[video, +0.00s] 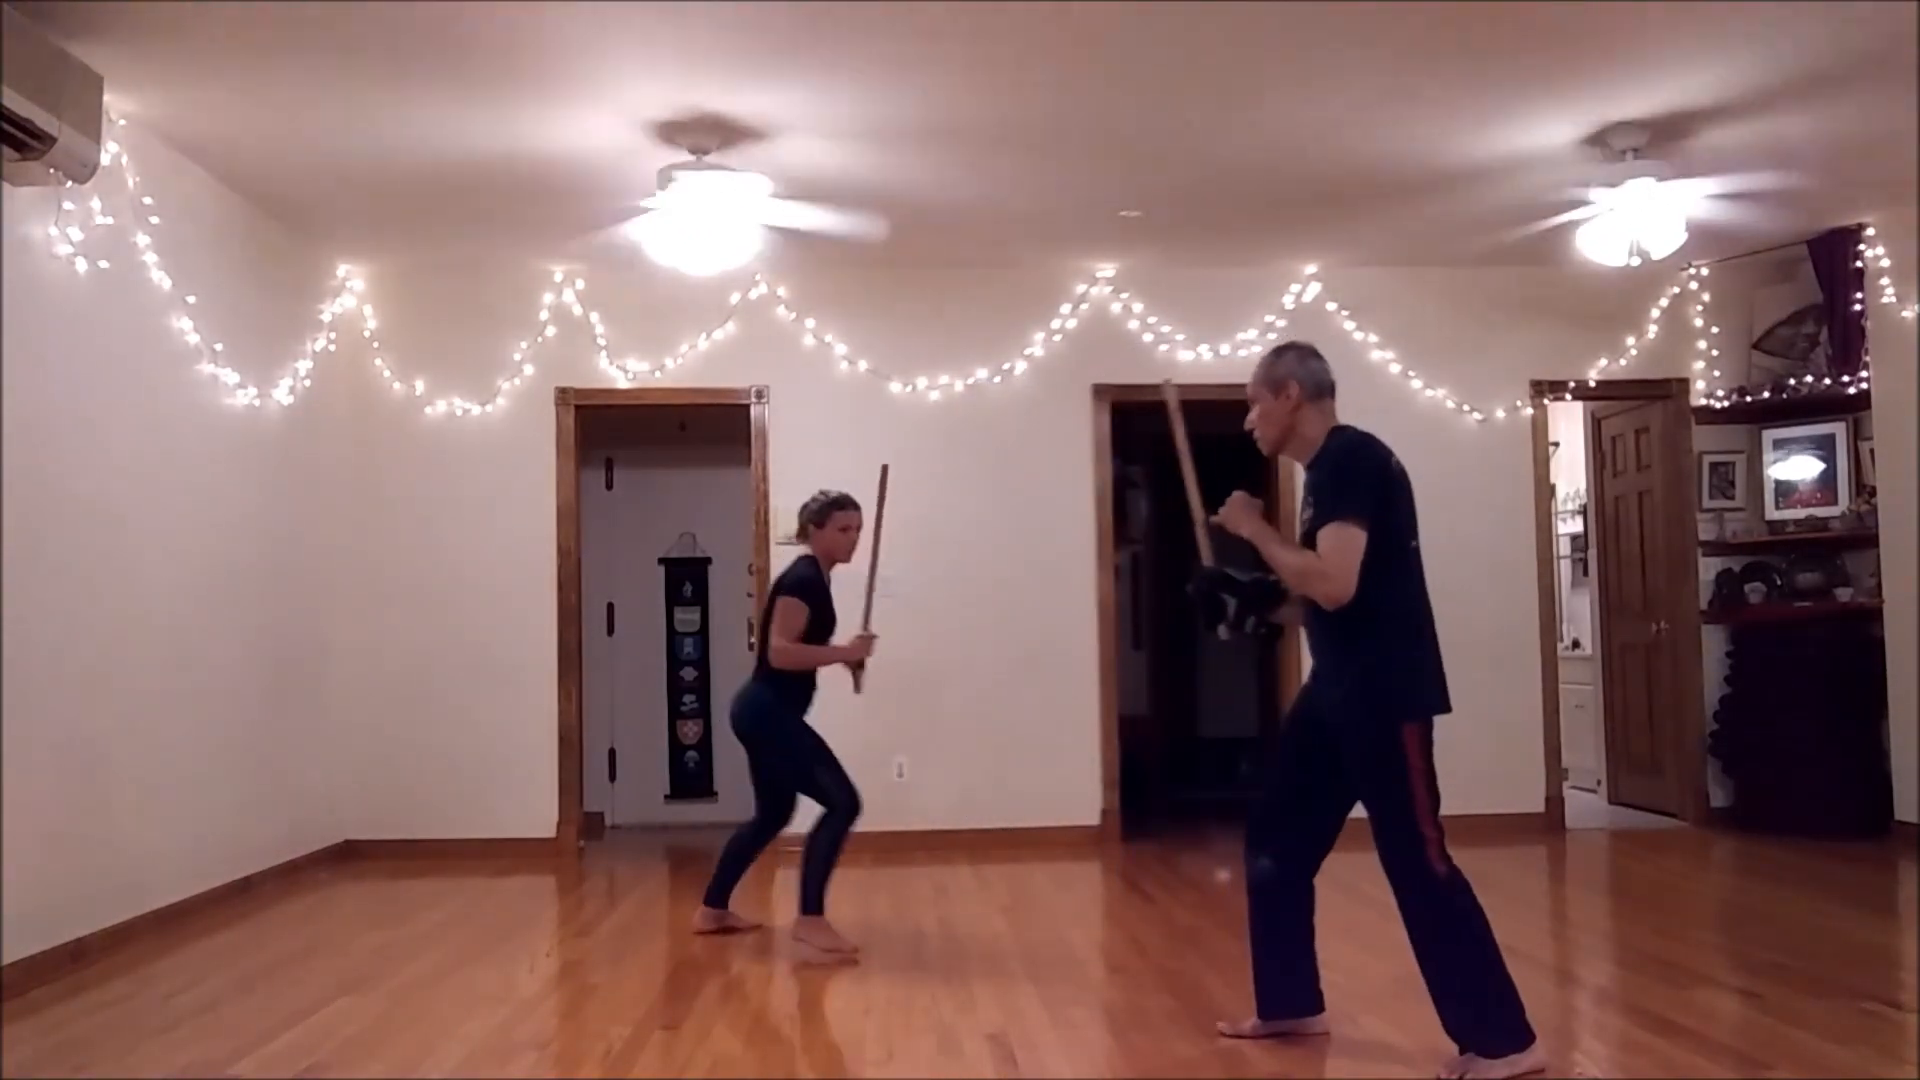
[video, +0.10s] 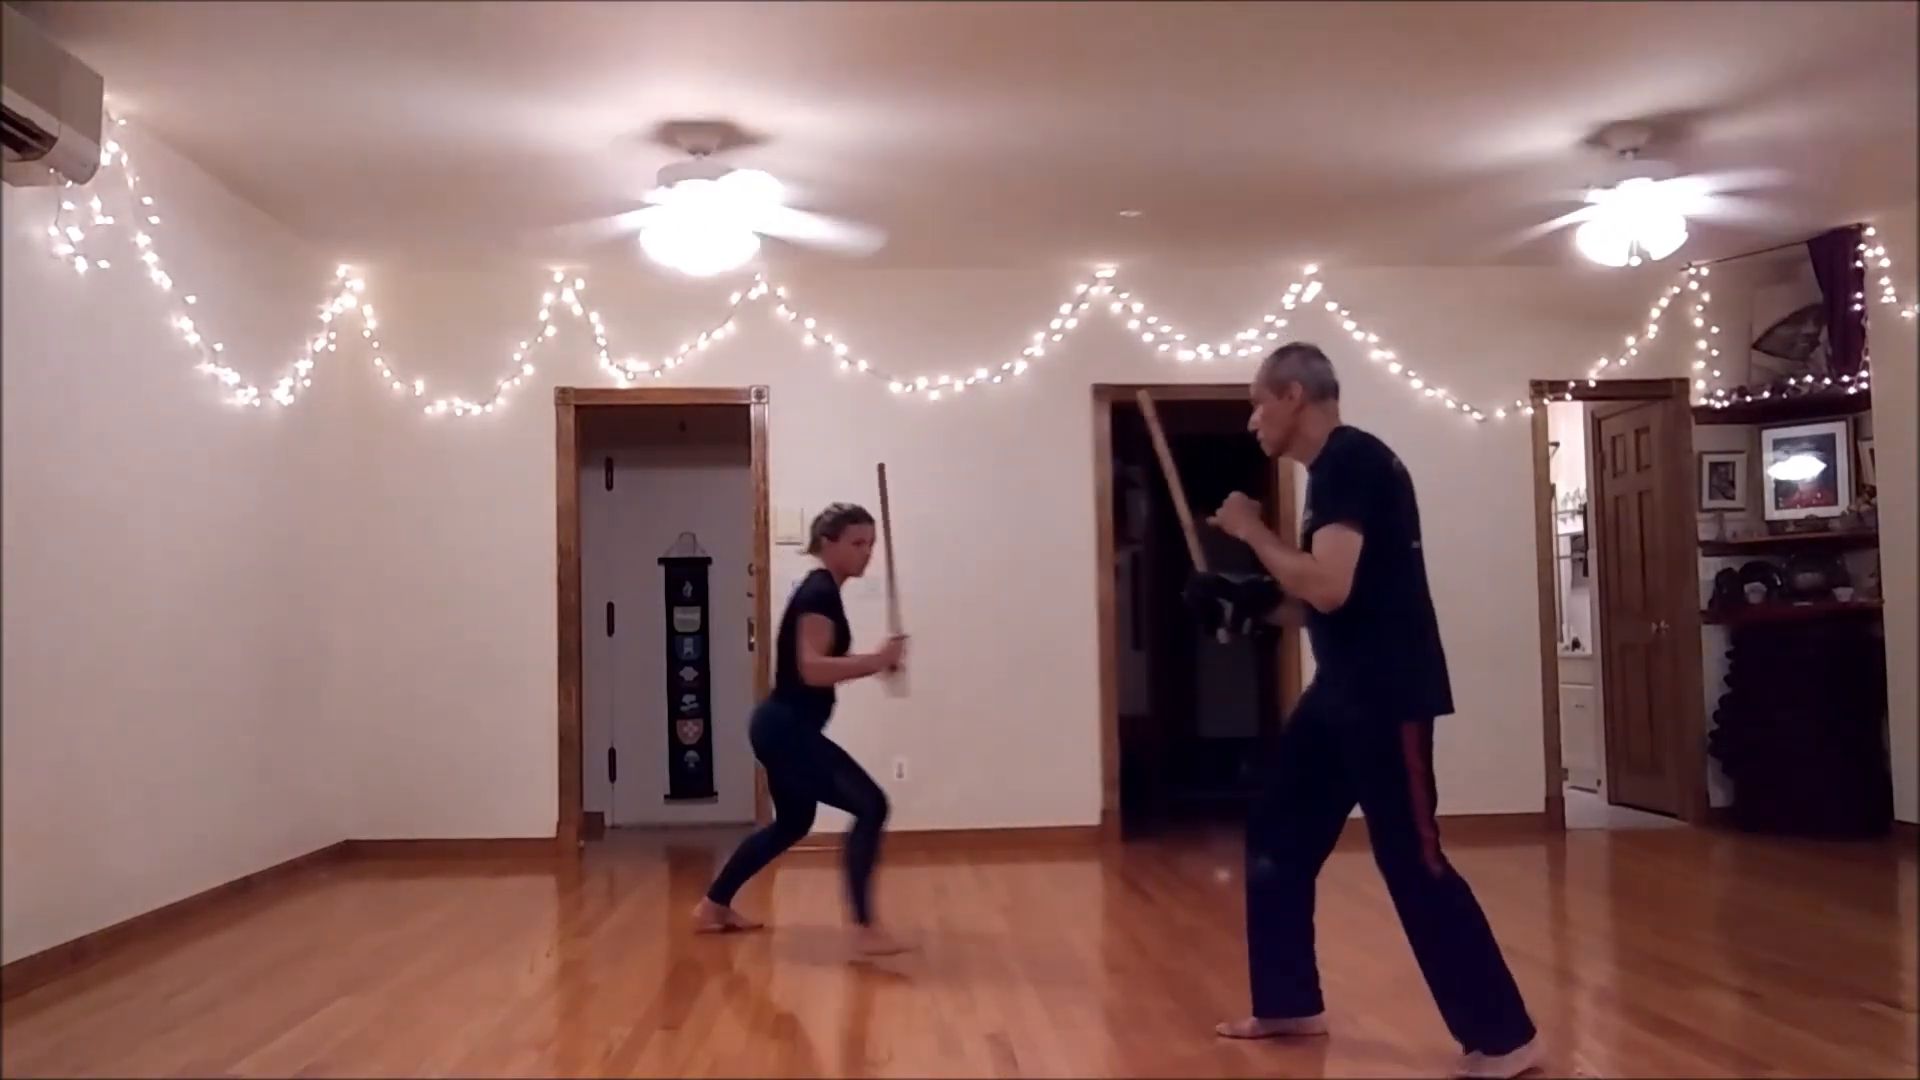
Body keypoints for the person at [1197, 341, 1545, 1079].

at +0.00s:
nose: (1250, 422)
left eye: (1255, 405)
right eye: (1249, 406)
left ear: (1292, 396)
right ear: (1298, 397)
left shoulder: (1352, 458)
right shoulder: (1323, 473)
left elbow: (1335, 582)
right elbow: (1333, 592)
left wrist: (1259, 532)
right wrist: (1270, 604)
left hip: (1386, 697)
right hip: (1338, 696)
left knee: (1420, 862)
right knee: (1277, 843)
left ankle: (1503, 1041)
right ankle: (1290, 1008)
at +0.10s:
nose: (1254, 421)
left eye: (1260, 404)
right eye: (1253, 406)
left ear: (1297, 397)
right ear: (1304, 398)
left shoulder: (1353, 460)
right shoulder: (1326, 473)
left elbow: (1328, 584)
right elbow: (1333, 599)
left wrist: (1255, 533)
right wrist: (1261, 610)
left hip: (1388, 694)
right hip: (1341, 693)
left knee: (1414, 861)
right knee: (1279, 841)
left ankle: (1506, 1035)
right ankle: (1288, 1006)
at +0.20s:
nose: (1272, 420)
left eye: (1277, 404)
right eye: (1272, 405)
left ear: (1314, 397)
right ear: (1323, 396)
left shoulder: (1364, 461)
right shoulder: (1362, 464)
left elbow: (1325, 592)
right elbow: (1350, 588)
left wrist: (1262, 530)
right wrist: (1285, 551)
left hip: (1393, 697)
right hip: (1348, 694)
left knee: (1419, 859)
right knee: (1277, 840)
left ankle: (1542, 1014)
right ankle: (1289, 1002)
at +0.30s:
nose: (1306, 421)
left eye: (1314, 406)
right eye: (1306, 407)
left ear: (1352, 405)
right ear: (1365, 405)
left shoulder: (1377, 482)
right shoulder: (1414, 473)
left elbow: (1332, 612)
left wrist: (1282, 531)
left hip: (1387, 702)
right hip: (1363, 695)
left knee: (1438, 867)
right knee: (1260, 813)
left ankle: (1570, 1032)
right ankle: (1285, 995)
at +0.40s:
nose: (1324, 435)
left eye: (1332, 420)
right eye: (1325, 421)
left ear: (1367, 421)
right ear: (1382, 422)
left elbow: (1351, 637)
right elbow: (1451, 589)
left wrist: (1305, 559)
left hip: (1384, 717)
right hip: (1363, 706)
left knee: (1420, 885)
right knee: (1249, 816)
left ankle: (1570, 1033)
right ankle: (1276, 987)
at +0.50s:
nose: (1325, 439)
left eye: (1333, 424)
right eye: (1329, 424)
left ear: (1364, 430)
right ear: (1383, 431)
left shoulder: (1394, 511)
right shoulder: (1410, 499)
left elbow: (1358, 646)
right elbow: (1391, 625)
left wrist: (1311, 563)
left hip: (1382, 726)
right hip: (1351, 715)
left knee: (1416, 895)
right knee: (1238, 823)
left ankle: (1568, 1034)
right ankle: (1265, 977)